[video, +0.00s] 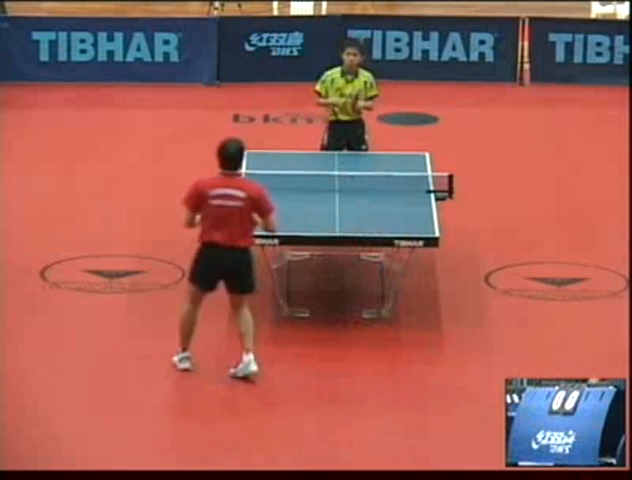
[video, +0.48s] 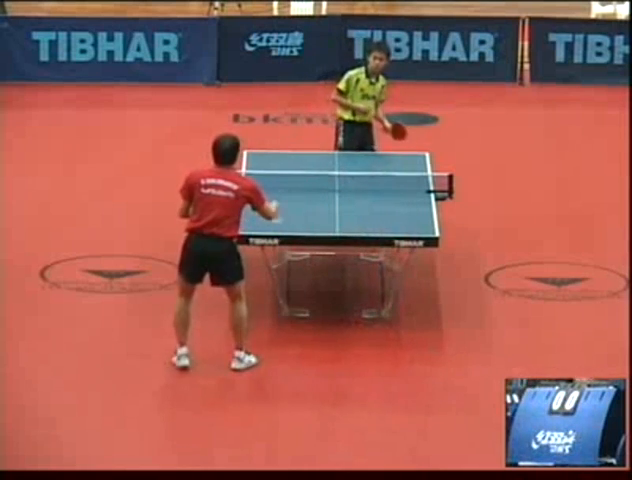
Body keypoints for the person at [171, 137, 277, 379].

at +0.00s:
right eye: (239, 158)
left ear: (218, 160)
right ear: (242, 161)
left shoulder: (203, 187)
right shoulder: (254, 190)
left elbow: (189, 222)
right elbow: (270, 226)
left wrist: (206, 215)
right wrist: (253, 218)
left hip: (210, 250)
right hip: (239, 253)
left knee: (193, 301)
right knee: (240, 305)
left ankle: (184, 353)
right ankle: (249, 356)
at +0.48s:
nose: (238, 157)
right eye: (237, 154)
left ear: (213, 155)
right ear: (237, 157)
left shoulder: (196, 178)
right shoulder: (245, 185)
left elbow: (184, 212)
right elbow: (268, 214)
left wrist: (204, 207)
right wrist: (272, 208)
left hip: (196, 241)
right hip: (225, 244)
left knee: (184, 295)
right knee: (237, 298)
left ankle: (182, 350)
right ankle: (240, 352)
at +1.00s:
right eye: (227, 158)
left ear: (204, 158)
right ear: (226, 162)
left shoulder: (185, 178)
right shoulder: (229, 189)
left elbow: (164, 209)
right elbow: (257, 220)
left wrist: (181, 221)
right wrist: (260, 206)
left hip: (176, 241)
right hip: (203, 246)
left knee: (163, 289)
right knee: (230, 296)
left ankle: (152, 337)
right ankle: (238, 353)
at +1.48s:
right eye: (232, 169)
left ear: (210, 169)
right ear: (233, 172)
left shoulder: (192, 182)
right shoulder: (236, 198)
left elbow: (165, 205)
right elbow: (257, 222)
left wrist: (179, 225)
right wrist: (259, 207)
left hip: (177, 241)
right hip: (205, 246)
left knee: (161, 290)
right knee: (233, 297)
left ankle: (151, 338)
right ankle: (241, 353)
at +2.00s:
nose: (226, 178)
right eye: (228, 175)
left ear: (205, 173)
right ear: (227, 177)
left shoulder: (187, 188)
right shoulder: (228, 200)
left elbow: (175, 210)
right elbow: (253, 236)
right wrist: (241, 237)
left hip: (168, 244)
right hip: (194, 250)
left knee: (162, 287)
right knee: (231, 298)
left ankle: (151, 337)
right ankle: (242, 355)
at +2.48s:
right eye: (241, 163)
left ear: (218, 163)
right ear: (240, 166)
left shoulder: (198, 180)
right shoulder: (240, 191)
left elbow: (181, 204)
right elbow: (276, 214)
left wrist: (204, 199)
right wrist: (287, 208)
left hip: (183, 241)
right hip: (210, 246)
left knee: (168, 288)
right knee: (242, 296)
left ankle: (153, 337)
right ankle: (246, 355)